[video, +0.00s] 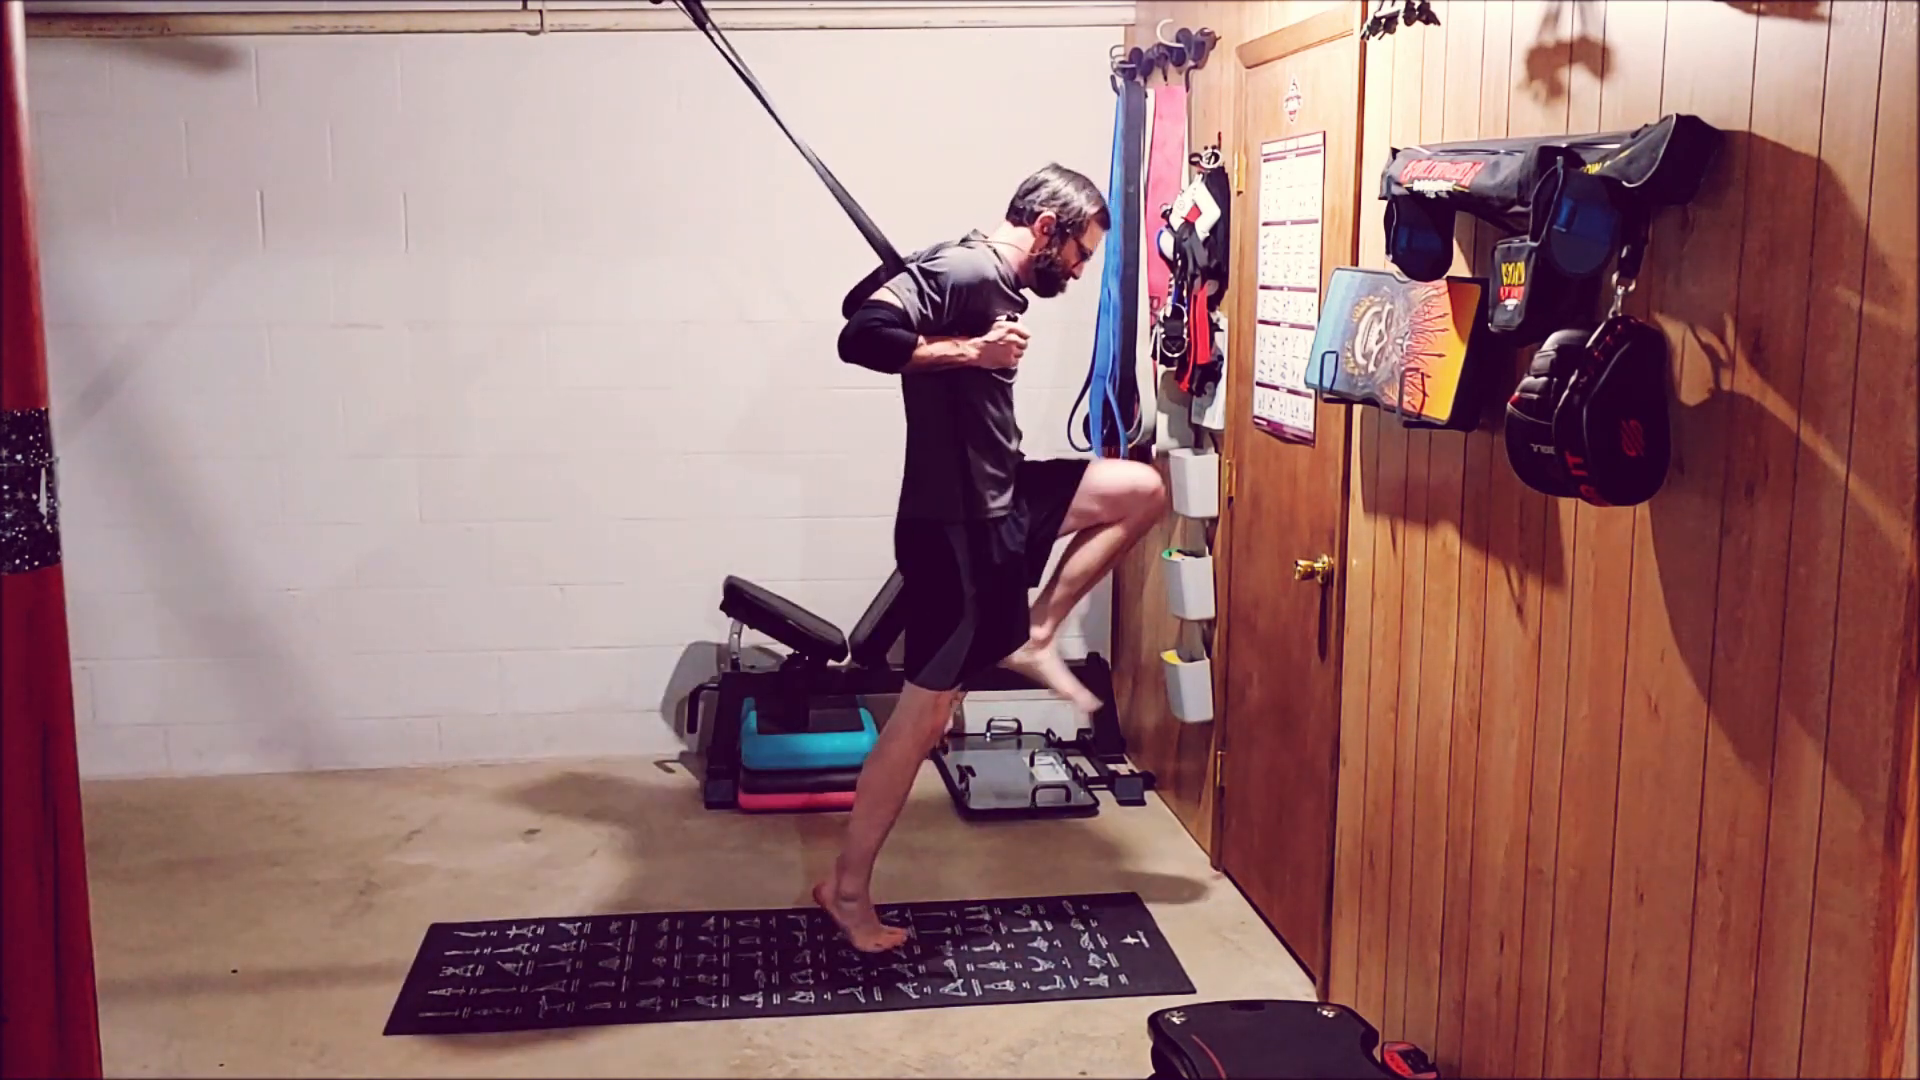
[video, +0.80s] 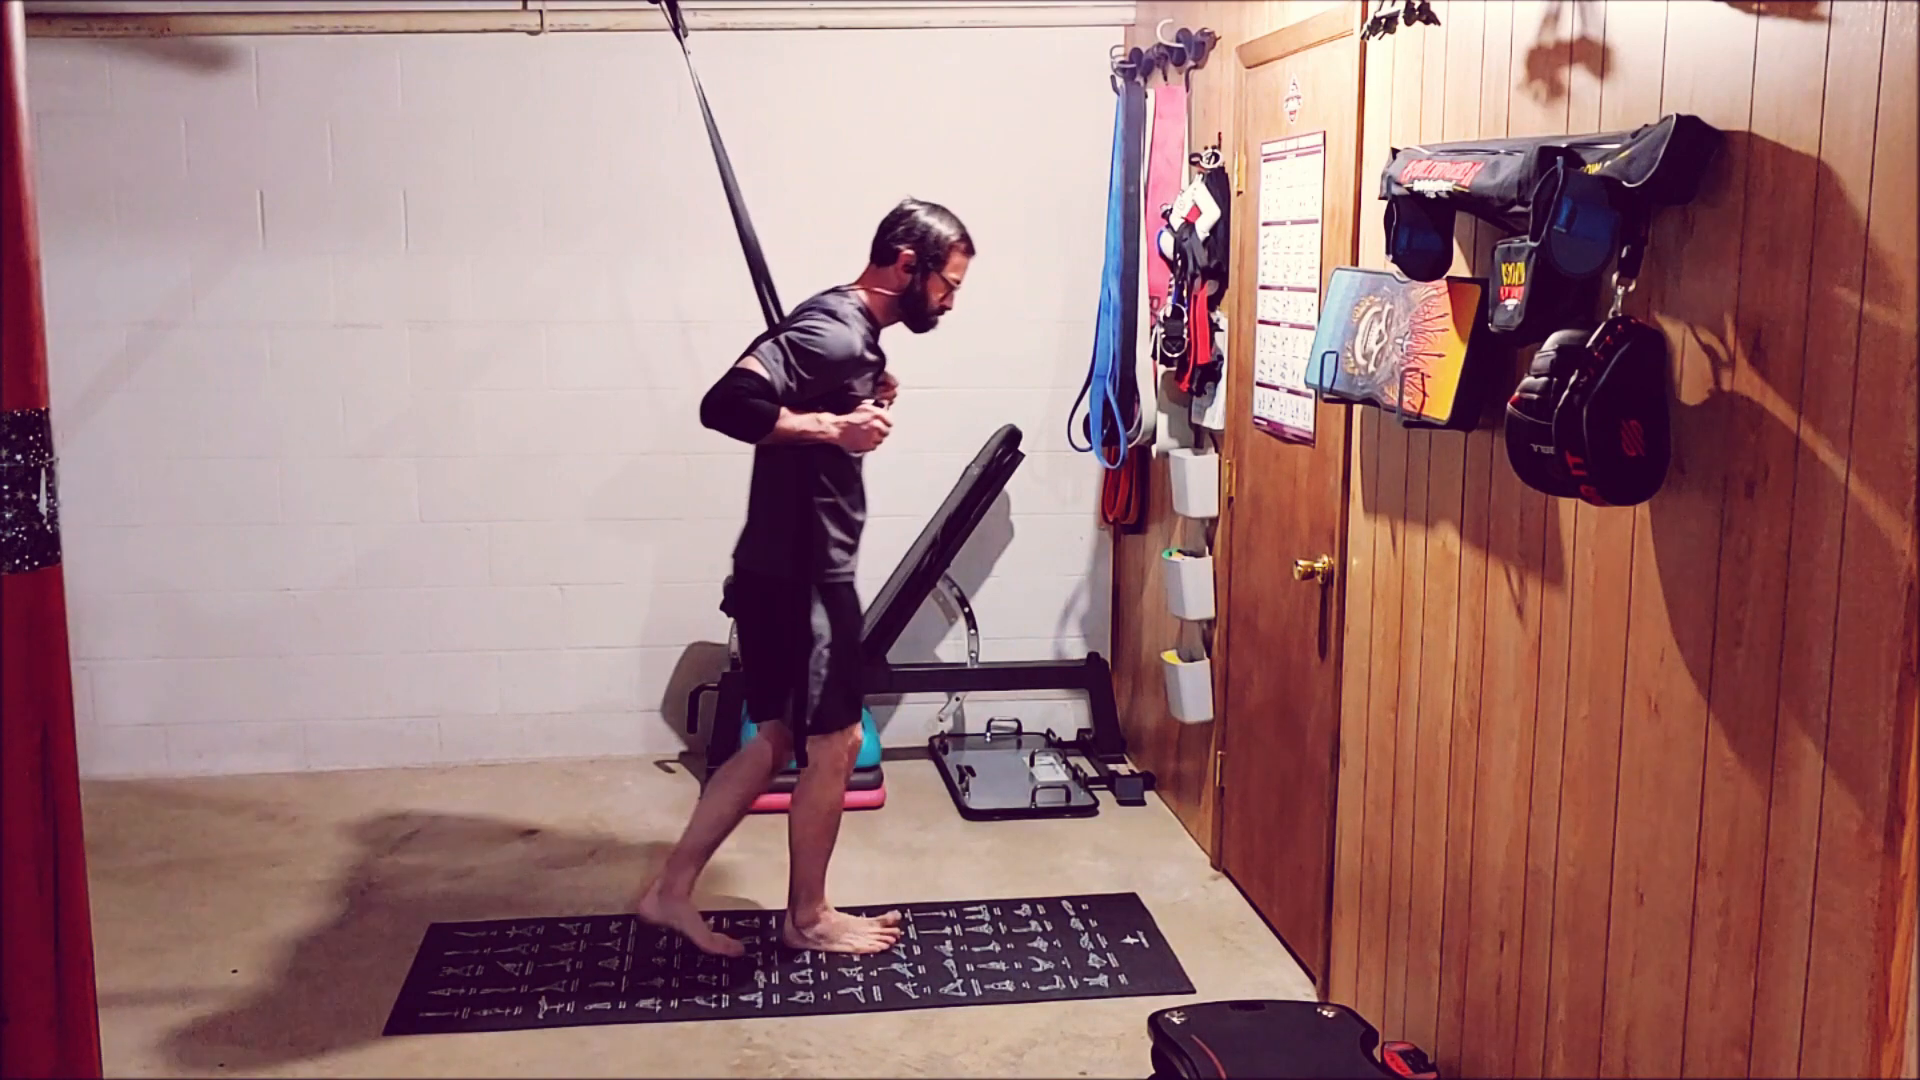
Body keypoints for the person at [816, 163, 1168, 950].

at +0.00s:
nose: (1082, 269)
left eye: (1090, 254)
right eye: (1083, 250)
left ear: (1042, 224)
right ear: (1048, 225)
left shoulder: (990, 275)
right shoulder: (966, 266)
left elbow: (866, 304)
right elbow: (862, 335)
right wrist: (973, 349)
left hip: (1006, 494)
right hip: (954, 519)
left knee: (1141, 491)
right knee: (923, 714)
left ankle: (1038, 638)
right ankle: (848, 888)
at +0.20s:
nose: (1059, 285)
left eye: (1066, 271)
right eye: (1061, 267)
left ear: (1016, 246)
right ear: (1023, 246)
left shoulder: (964, 300)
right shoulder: (940, 292)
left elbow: (851, 326)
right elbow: (833, 355)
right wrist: (940, 375)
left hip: (973, 525)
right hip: (919, 544)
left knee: (1098, 577)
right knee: (888, 733)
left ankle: (963, 691)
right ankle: (818, 904)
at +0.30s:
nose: (1042, 296)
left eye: (1048, 282)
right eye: (1042, 277)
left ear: (999, 257)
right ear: (1002, 257)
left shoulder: (954, 320)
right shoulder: (917, 303)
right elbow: (811, 369)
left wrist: (955, 492)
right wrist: (919, 389)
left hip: (949, 545)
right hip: (898, 557)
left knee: (1059, 633)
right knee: (874, 744)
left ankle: (916, 728)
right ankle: (814, 912)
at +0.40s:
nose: (1021, 299)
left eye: (1027, 285)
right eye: (1021, 281)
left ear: (979, 262)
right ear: (978, 260)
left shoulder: (937, 322)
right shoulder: (897, 311)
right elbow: (788, 380)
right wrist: (900, 399)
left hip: (925, 554)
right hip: (877, 562)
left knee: (1010, 676)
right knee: (859, 742)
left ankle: (873, 755)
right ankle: (812, 914)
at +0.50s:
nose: (1003, 296)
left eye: (1008, 282)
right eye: (1002, 278)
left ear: (960, 260)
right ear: (959, 259)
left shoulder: (916, 322)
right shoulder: (878, 315)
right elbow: (771, 392)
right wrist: (883, 406)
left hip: (907, 558)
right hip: (859, 565)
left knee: (952, 707)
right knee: (846, 749)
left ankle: (820, 786)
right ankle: (810, 916)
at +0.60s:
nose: (985, 295)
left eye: (991, 281)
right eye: (983, 277)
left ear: (936, 260)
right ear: (938, 258)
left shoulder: (894, 321)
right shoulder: (862, 318)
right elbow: (757, 399)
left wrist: (903, 377)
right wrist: (867, 414)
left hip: (872, 558)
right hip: (839, 563)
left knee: (886, 722)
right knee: (843, 740)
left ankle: (732, 834)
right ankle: (810, 915)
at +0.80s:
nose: (953, 298)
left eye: (958, 284)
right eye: (949, 281)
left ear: (899, 266)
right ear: (902, 264)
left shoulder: (851, 327)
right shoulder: (832, 326)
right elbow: (726, 405)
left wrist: (867, 395)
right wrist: (834, 428)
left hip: (794, 568)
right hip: (804, 573)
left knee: (773, 737)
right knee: (834, 747)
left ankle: (668, 893)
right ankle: (809, 917)